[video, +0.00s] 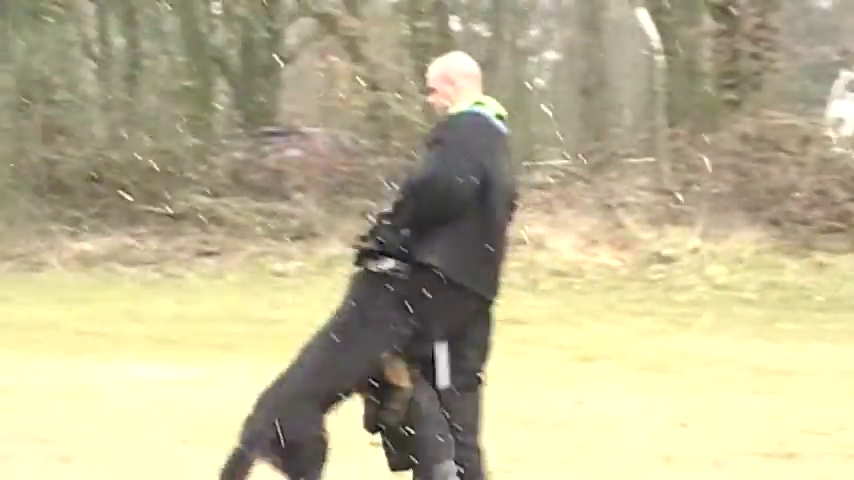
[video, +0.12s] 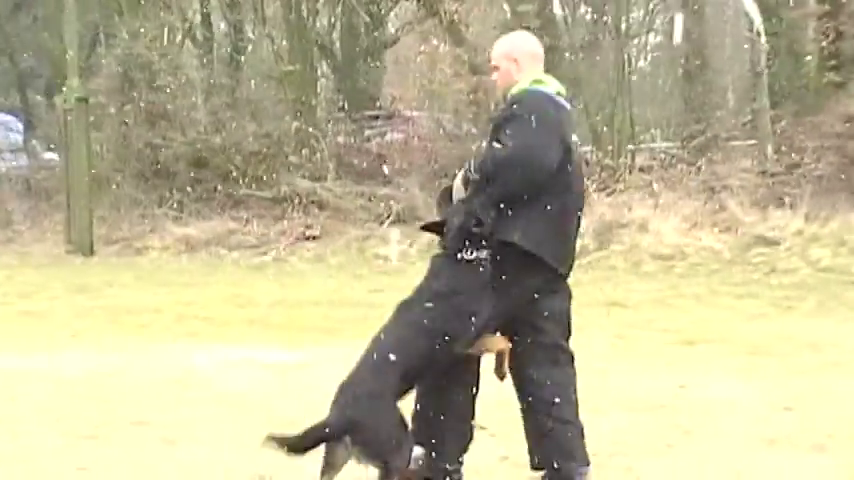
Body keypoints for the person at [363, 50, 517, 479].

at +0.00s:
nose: (428, 100)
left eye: (433, 91)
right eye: (428, 91)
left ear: (454, 87)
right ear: (469, 87)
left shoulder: (465, 128)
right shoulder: (493, 136)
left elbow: (450, 184)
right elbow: (499, 204)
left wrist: (399, 217)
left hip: (437, 273)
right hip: (471, 282)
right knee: (459, 386)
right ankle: (464, 467)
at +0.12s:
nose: (492, 77)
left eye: (495, 68)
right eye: (492, 69)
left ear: (514, 64)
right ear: (533, 64)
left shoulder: (533, 102)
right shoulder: (557, 111)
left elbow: (528, 160)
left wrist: (476, 192)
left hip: (504, 253)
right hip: (544, 263)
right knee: (546, 371)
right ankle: (566, 467)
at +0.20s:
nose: (476, 87)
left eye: (481, 78)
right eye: (475, 78)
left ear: (505, 75)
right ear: (508, 76)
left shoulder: (525, 114)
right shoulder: (510, 119)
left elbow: (521, 169)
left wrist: (465, 171)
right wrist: (450, 210)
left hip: (523, 257)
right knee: (539, 364)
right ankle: (572, 465)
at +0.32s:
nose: (423, 102)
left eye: (428, 92)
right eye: (420, 94)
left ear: (453, 85)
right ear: (456, 86)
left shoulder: (470, 123)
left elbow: (485, 163)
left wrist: (422, 160)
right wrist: (396, 214)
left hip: (459, 256)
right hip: (484, 264)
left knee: (390, 352)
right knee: (505, 364)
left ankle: (377, 459)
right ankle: (555, 461)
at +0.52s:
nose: (333, 115)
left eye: (335, 105)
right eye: (330, 107)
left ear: (356, 94)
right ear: (365, 93)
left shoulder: (380, 137)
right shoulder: (389, 132)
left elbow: (339, 190)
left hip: (399, 269)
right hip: (400, 267)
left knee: (395, 362)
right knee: (397, 362)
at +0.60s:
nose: (310, 112)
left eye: (311, 101)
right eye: (306, 105)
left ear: (334, 89)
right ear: (335, 90)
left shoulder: (361, 123)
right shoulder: (344, 131)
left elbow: (340, 170)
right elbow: (326, 198)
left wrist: (307, 175)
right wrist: (310, 232)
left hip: (368, 257)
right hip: (352, 258)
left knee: (364, 359)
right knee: (365, 357)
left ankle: (406, 456)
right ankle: (422, 440)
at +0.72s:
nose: (278, 112)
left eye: (279, 102)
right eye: (276, 105)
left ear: (298, 88)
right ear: (305, 88)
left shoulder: (331, 118)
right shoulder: (316, 129)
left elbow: (320, 160)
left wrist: (283, 187)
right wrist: (284, 196)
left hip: (349, 259)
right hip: (322, 263)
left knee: (357, 352)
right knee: (306, 347)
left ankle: (406, 454)